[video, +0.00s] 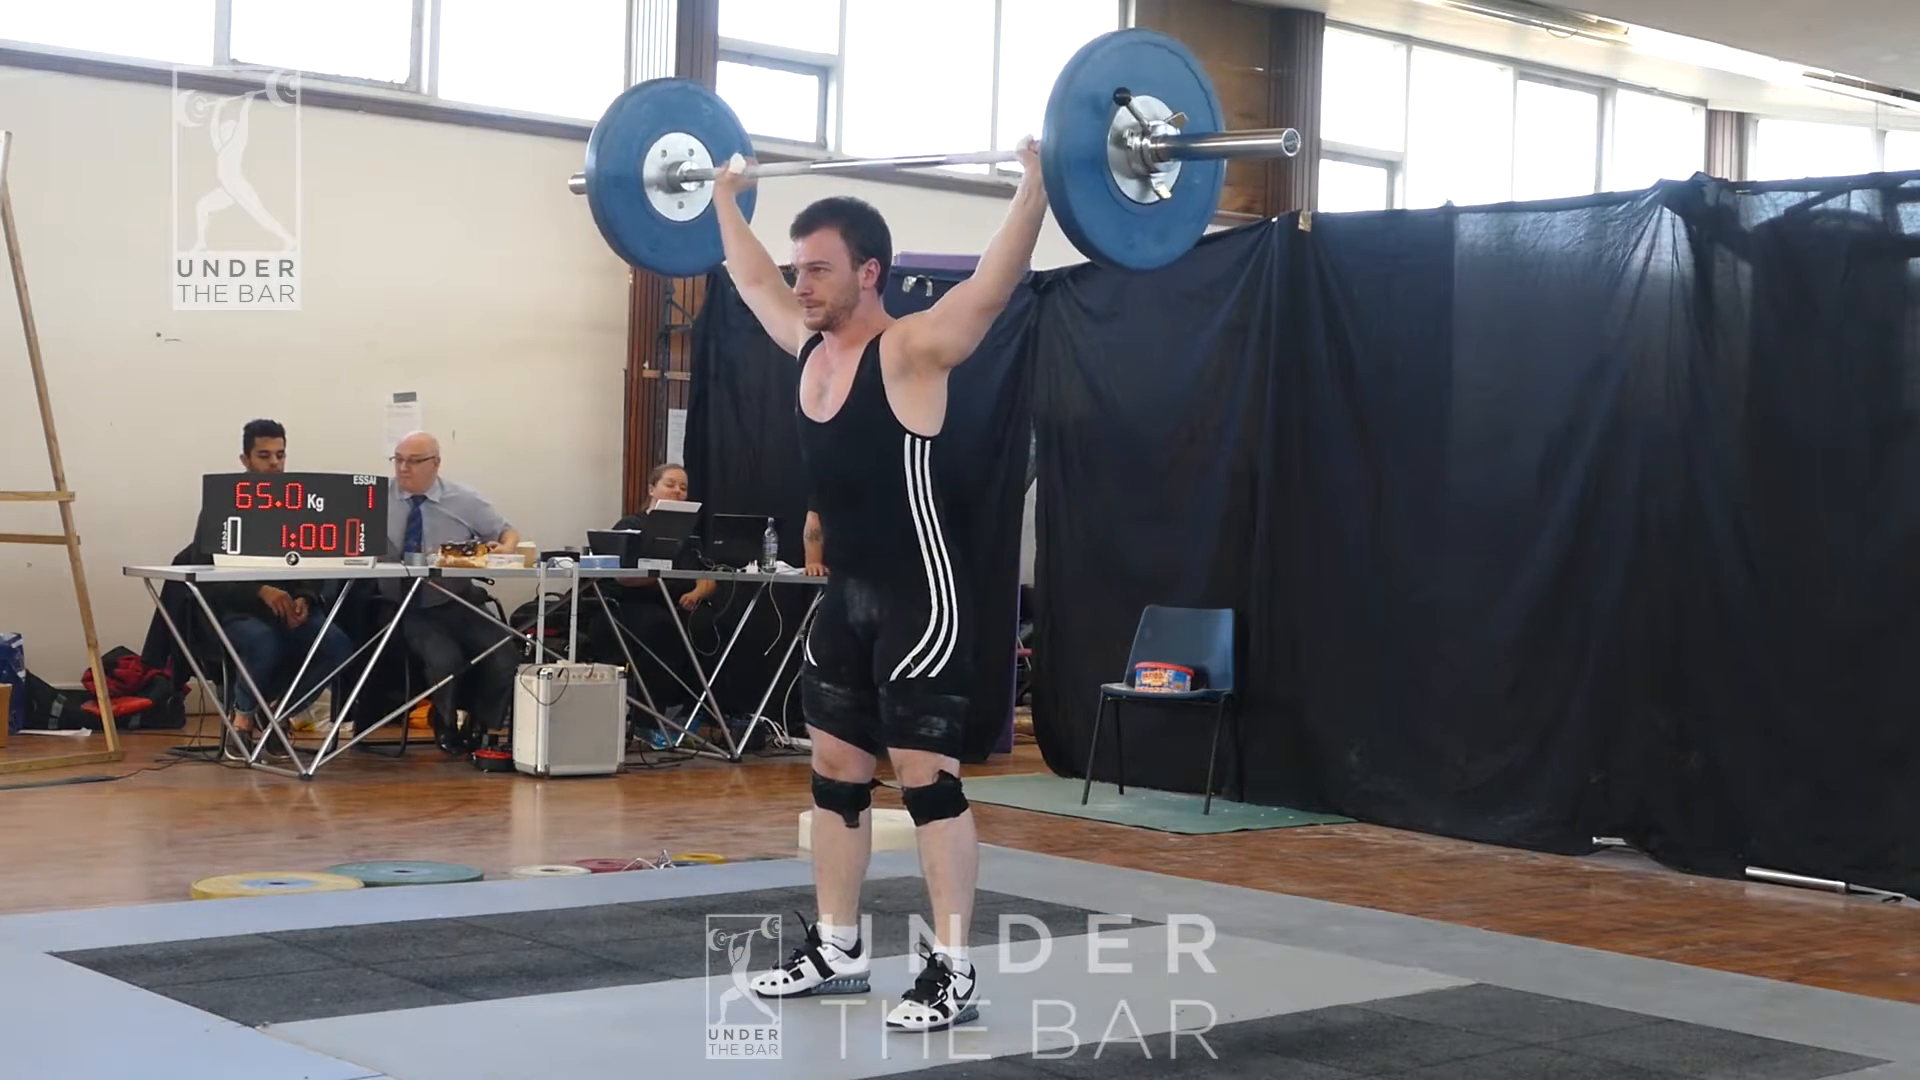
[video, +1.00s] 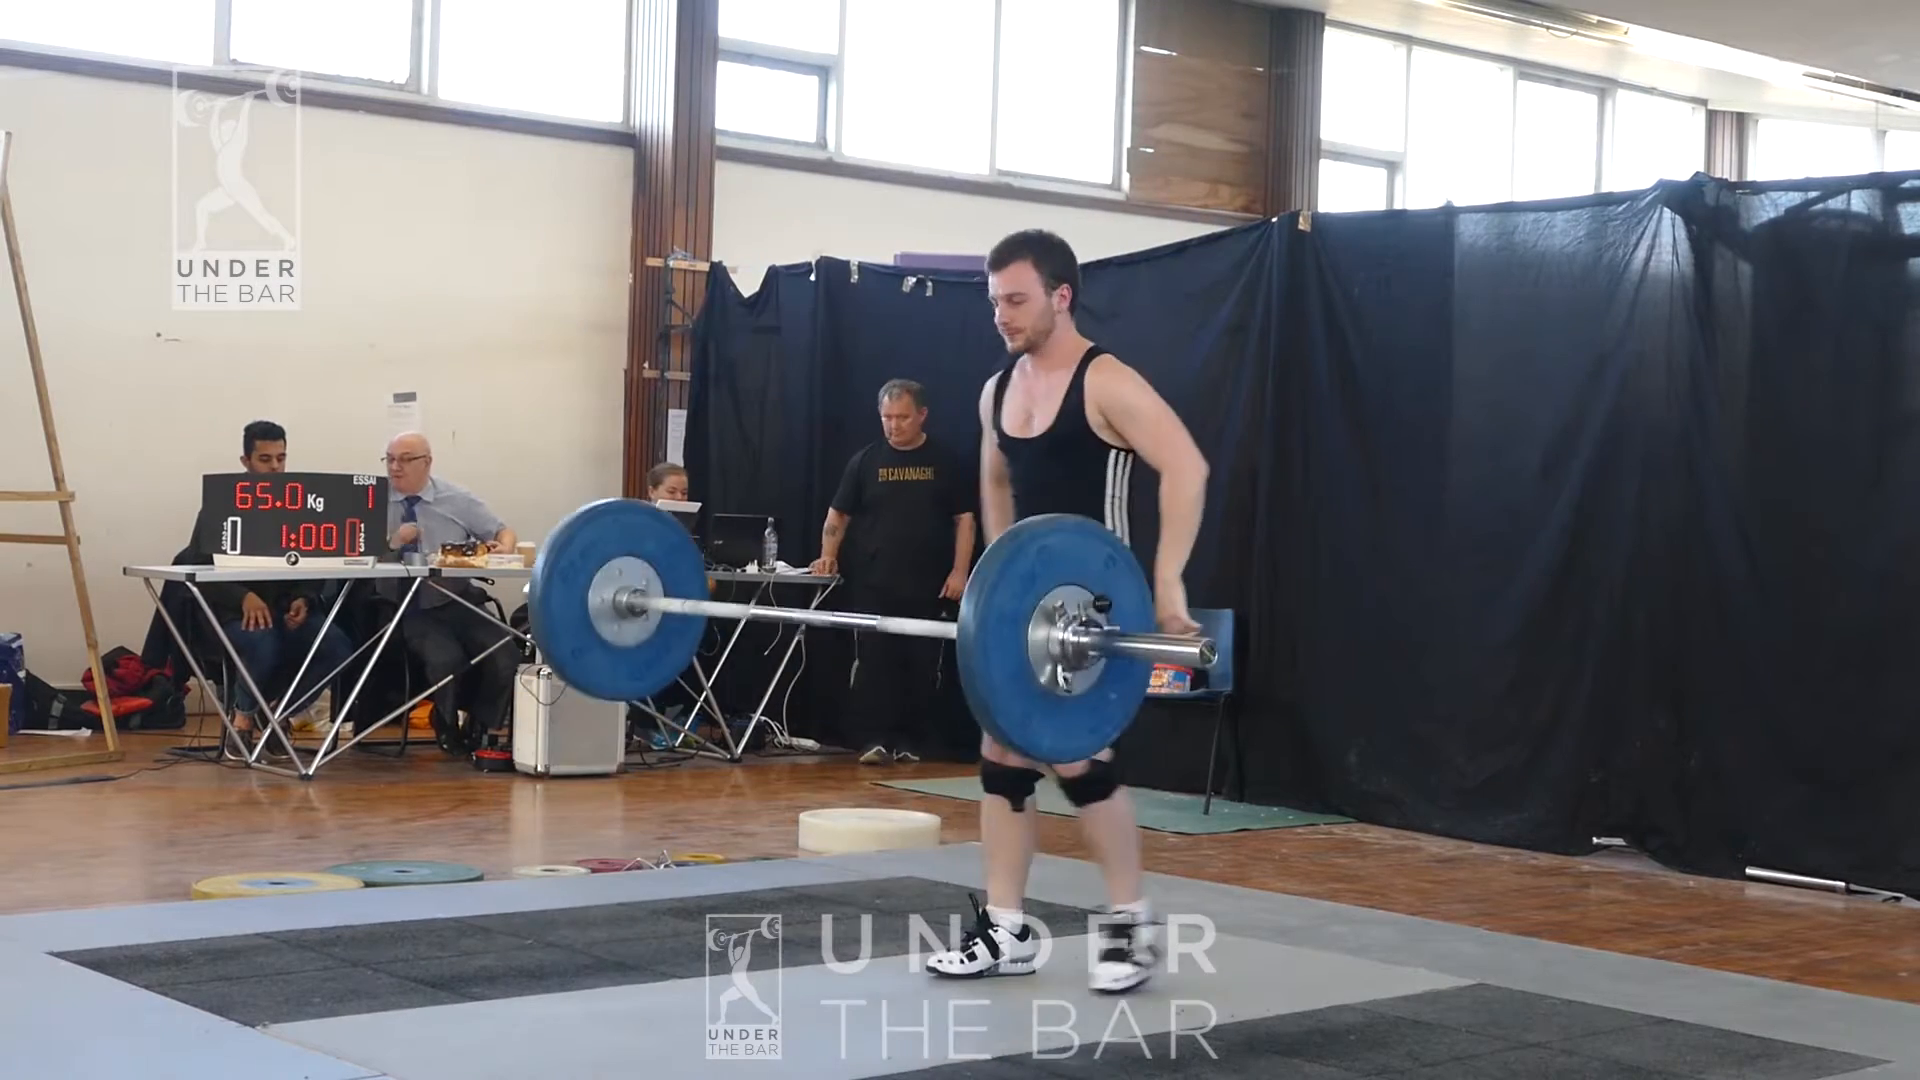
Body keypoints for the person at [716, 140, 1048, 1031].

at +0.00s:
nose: (802, 284)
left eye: (817, 270)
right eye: (799, 271)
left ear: (871, 273)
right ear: (804, 280)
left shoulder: (913, 346)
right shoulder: (811, 346)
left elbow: (991, 286)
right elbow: (758, 282)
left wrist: (1032, 188)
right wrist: (724, 199)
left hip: (925, 595)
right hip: (847, 594)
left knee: (924, 771)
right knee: (836, 765)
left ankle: (950, 971)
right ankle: (837, 952)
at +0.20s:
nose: (869, 278)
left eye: (887, 264)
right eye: (866, 266)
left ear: (936, 272)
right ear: (865, 276)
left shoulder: (961, 345)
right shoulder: (860, 340)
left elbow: (1004, 285)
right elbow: (777, 283)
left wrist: (1015, 189)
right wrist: (712, 200)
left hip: (957, 599)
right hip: (874, 594)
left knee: (936, 770)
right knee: (851, 763)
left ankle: (951, 970)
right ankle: (835, 950)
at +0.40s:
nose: (945, 284)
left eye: (963, 270)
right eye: (940, 271)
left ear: (1008, 281)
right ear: (935, 282)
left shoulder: (1022, 363)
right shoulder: (922, 368)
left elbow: (1066, 352)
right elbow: (811, 377)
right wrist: (701, 344)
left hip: (998, 609)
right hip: (923, 600)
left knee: (965, 767)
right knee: (867, 752)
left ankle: (954, 968)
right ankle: (882, 933)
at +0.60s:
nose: (968, 298)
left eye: (986, 285)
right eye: (965, 286)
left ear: (1033, 299)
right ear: (967, 297)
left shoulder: (1058, 402)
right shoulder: (952, 396)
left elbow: (1094, 517)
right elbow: (906, 508)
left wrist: (1084, 624)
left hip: (1013, 633)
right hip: (937, 624)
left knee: (975, 789)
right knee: (913, 784)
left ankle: (957, 962)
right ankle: (1004, 909)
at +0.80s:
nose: (981, 298)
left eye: (998, 285)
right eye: (978, 285)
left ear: (1044, 295)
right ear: (980, 295)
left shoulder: (1084, 393)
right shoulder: (970, 394)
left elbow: (1135, 498)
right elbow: (958, 512)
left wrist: (1149, 610)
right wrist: (944, 614)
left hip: (1056, 620)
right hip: (981, 612)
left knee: (972, 757)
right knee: (972, 763)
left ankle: (992, 938)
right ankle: (1010, 920)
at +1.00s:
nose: (1002, 313)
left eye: (1016, 299)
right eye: (996, 300)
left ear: (1061, 296)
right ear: (995, 303)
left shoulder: (1106, 380)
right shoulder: (998, 390)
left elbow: (1185, 468)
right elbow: (996, 496)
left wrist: (1168, 583)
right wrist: (1002, 578)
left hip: (1095, 606)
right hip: (1017, 603)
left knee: (1081, 761)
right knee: (1003, 756)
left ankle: (1127, 923)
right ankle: (1005, 927)